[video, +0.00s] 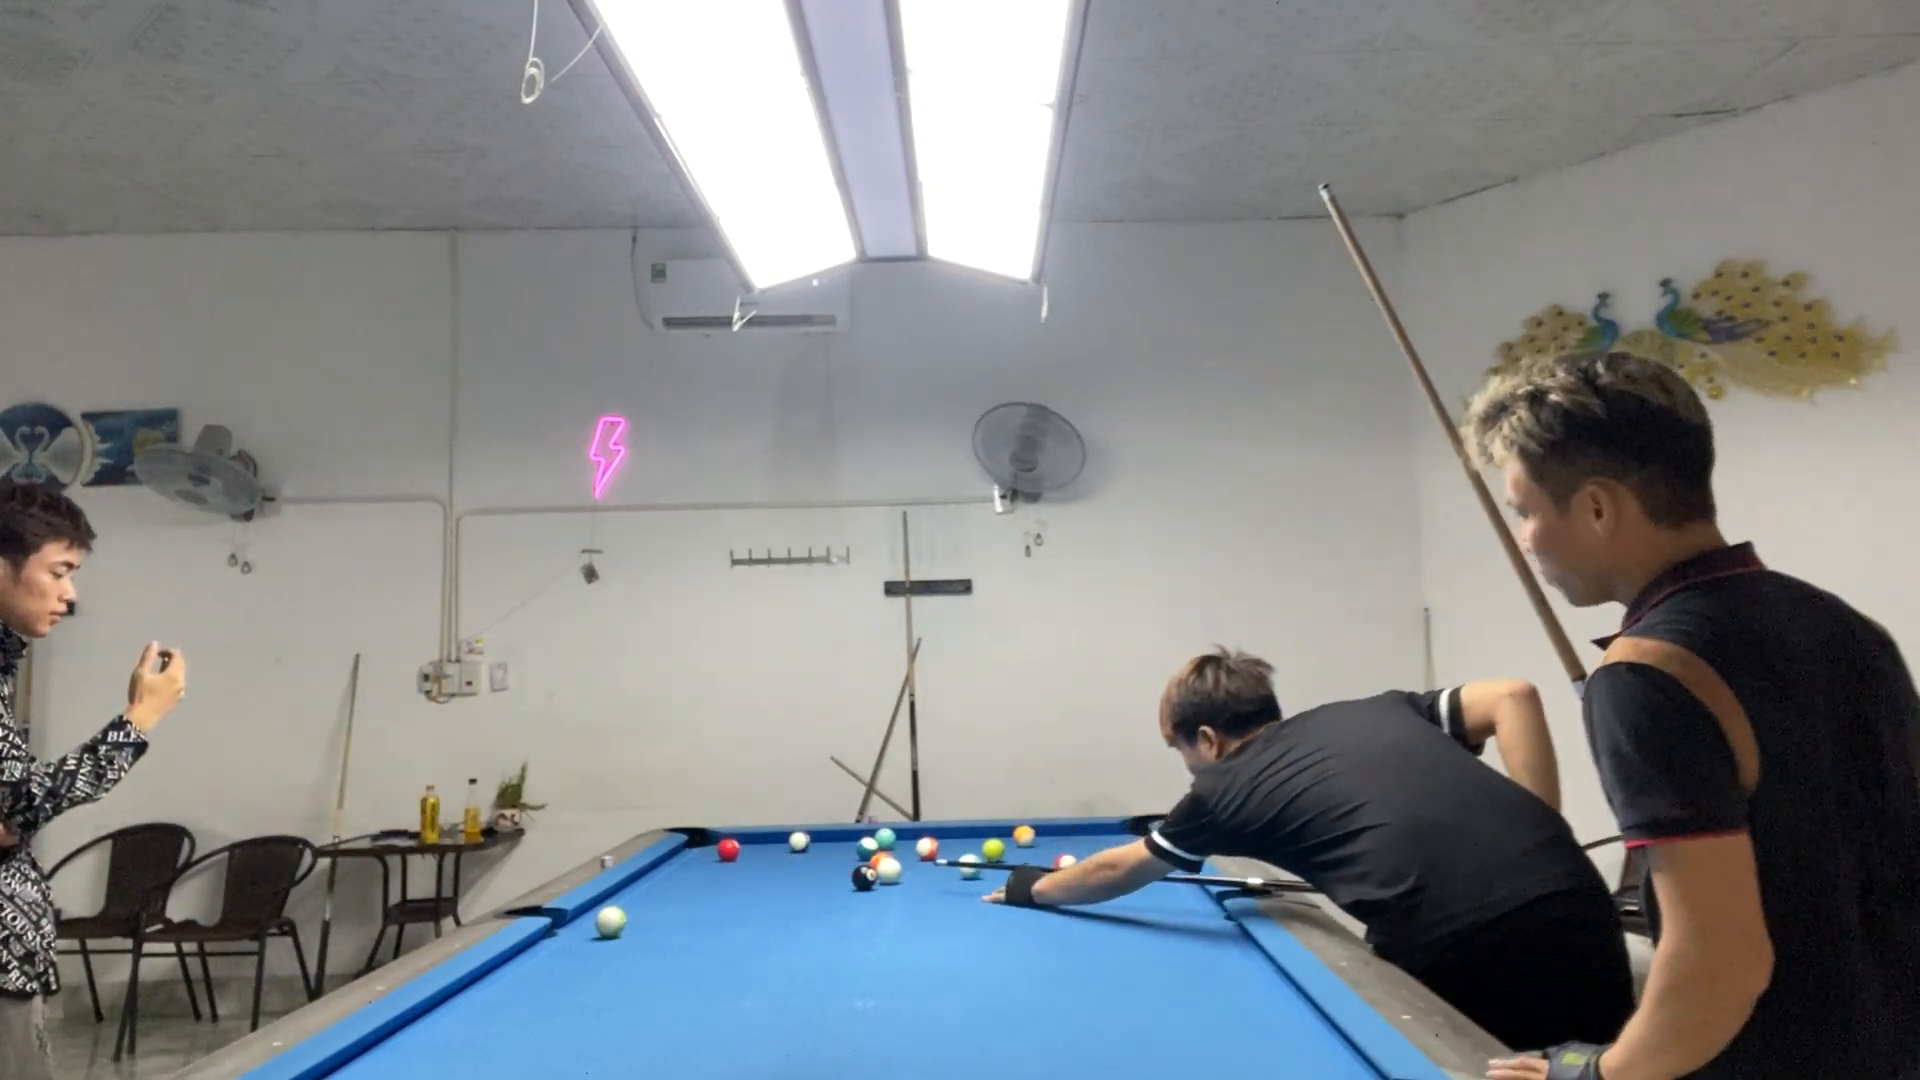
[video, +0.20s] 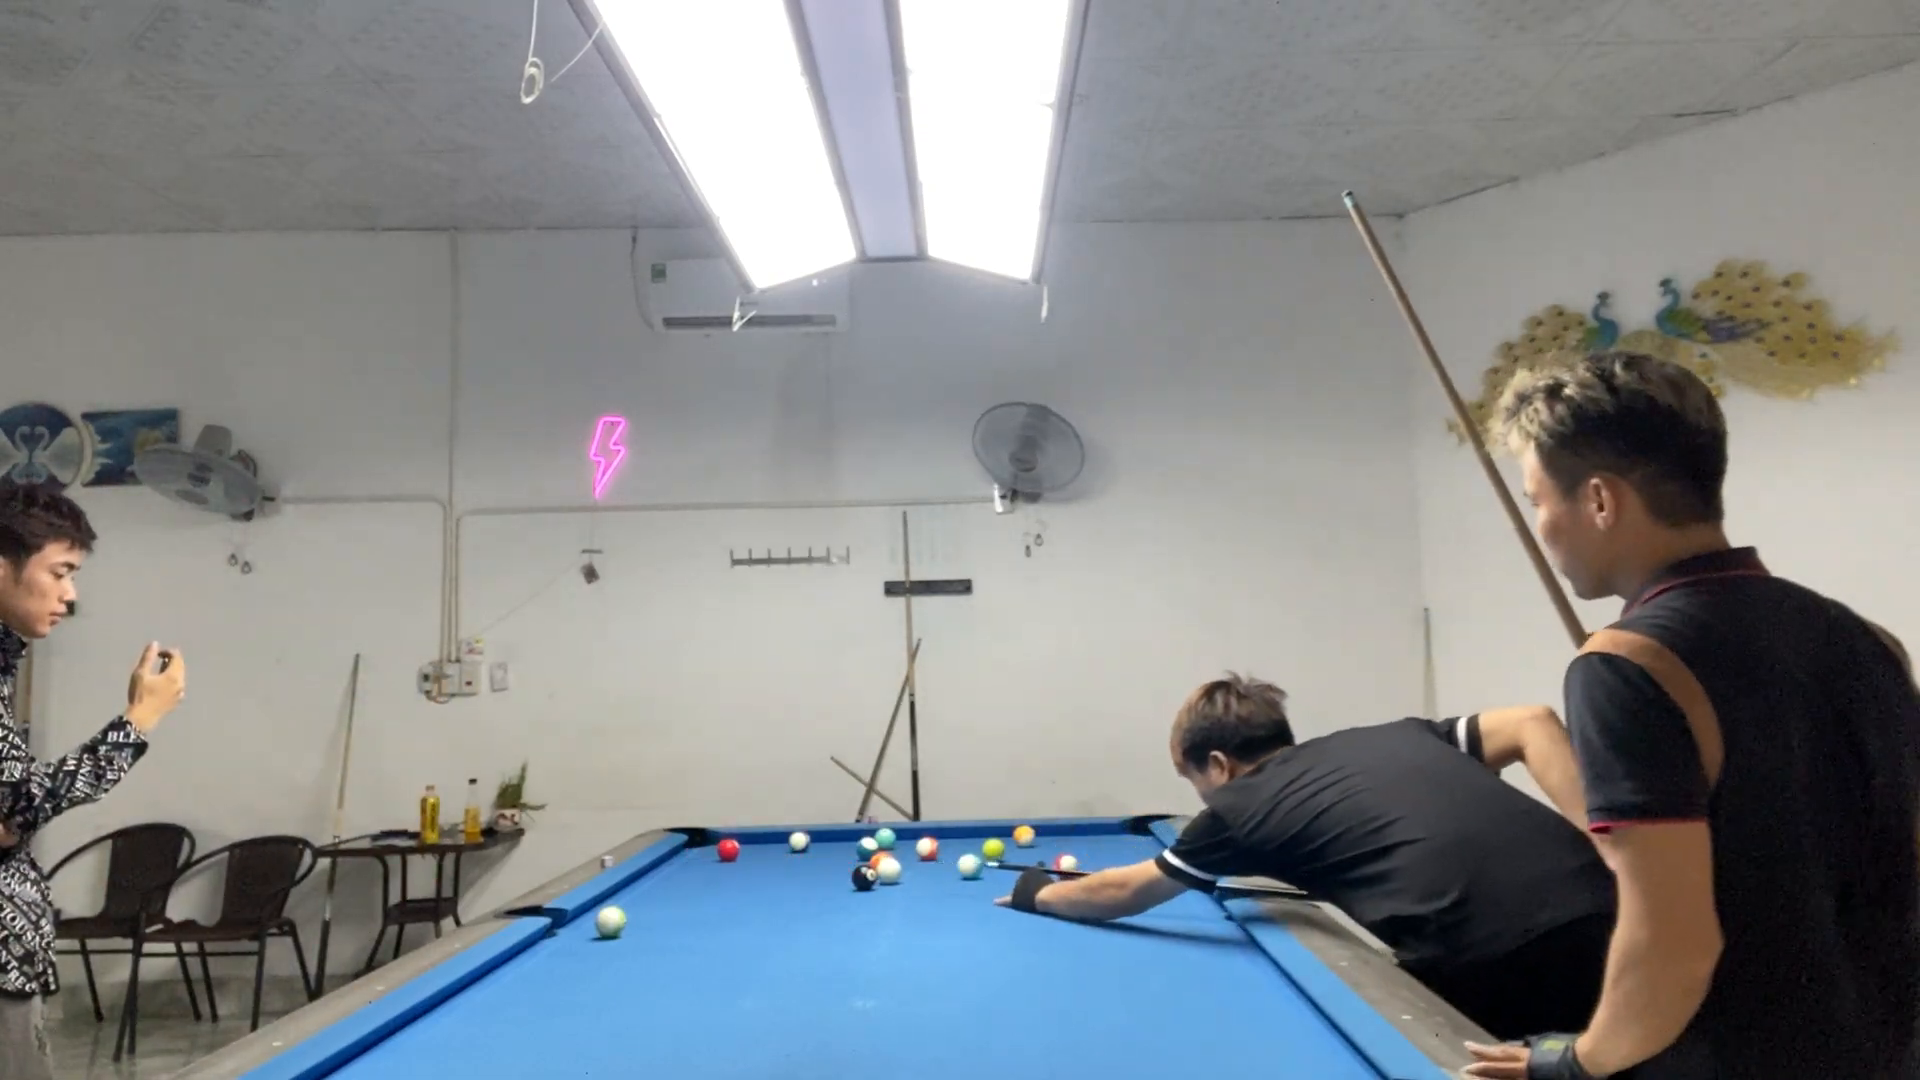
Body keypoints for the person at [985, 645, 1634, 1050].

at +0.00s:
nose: (1186, 766)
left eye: (1183, 752)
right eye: (1180, 754)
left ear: (1208, 740)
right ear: (1272, 707)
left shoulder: (1221, 790)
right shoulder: (1381, 710)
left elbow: (1110, 872)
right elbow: (1512, 697)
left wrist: (1038, 888)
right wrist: (1544, 832)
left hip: (1452, 939)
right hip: (1571, 903)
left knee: (1445, 1072)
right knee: (1598, 1066)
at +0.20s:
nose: (1198, 795)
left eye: (1194, 783)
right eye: (1191, 784)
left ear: (1221, 768)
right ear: (1281, 736)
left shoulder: (1236, 812)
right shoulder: (1394, 735)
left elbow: (1120, 893)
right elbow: (1535, 725)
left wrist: (1041, 893)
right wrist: (1599, 835)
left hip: (1492, 967)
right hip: (1609, 917)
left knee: (1401, 1053)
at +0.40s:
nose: (1235, 822)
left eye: (1234, 810)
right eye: (1231, 811)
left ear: (1259, 795)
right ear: (1323, 761)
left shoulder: (1275, 831)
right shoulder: (1441, 775)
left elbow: (1152, 907)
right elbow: (1563, 773)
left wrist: (1068, 901)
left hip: (1524, 996)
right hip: (1619, 957)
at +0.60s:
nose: (1284, 843)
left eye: (1282, 830)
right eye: (1277, 832)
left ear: (1311, 813)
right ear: (1377, 789)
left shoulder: (1331, 841)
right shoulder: (1450, 816)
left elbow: (1181, 916)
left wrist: (1114, 906)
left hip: (1577, 1024)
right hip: (1656, 983)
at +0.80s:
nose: (1326, 866)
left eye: (1327, 853)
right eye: (1322, 854)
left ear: (1360, 842)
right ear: (1431, 824)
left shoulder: (1372, 866)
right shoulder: (1511, 862)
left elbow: (1201, 911)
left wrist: (1170, 923)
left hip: (1616, 1040)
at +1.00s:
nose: (1349, 883)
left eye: (1351, 872)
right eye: (1347, 874)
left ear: (1375, 870)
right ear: (1464, 854)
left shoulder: (1406, 893)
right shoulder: (1533, 901)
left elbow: (1236, 928)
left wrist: (1203, 928)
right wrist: (1496, 1038)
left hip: (1598, 1055)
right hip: (1686, 1053)